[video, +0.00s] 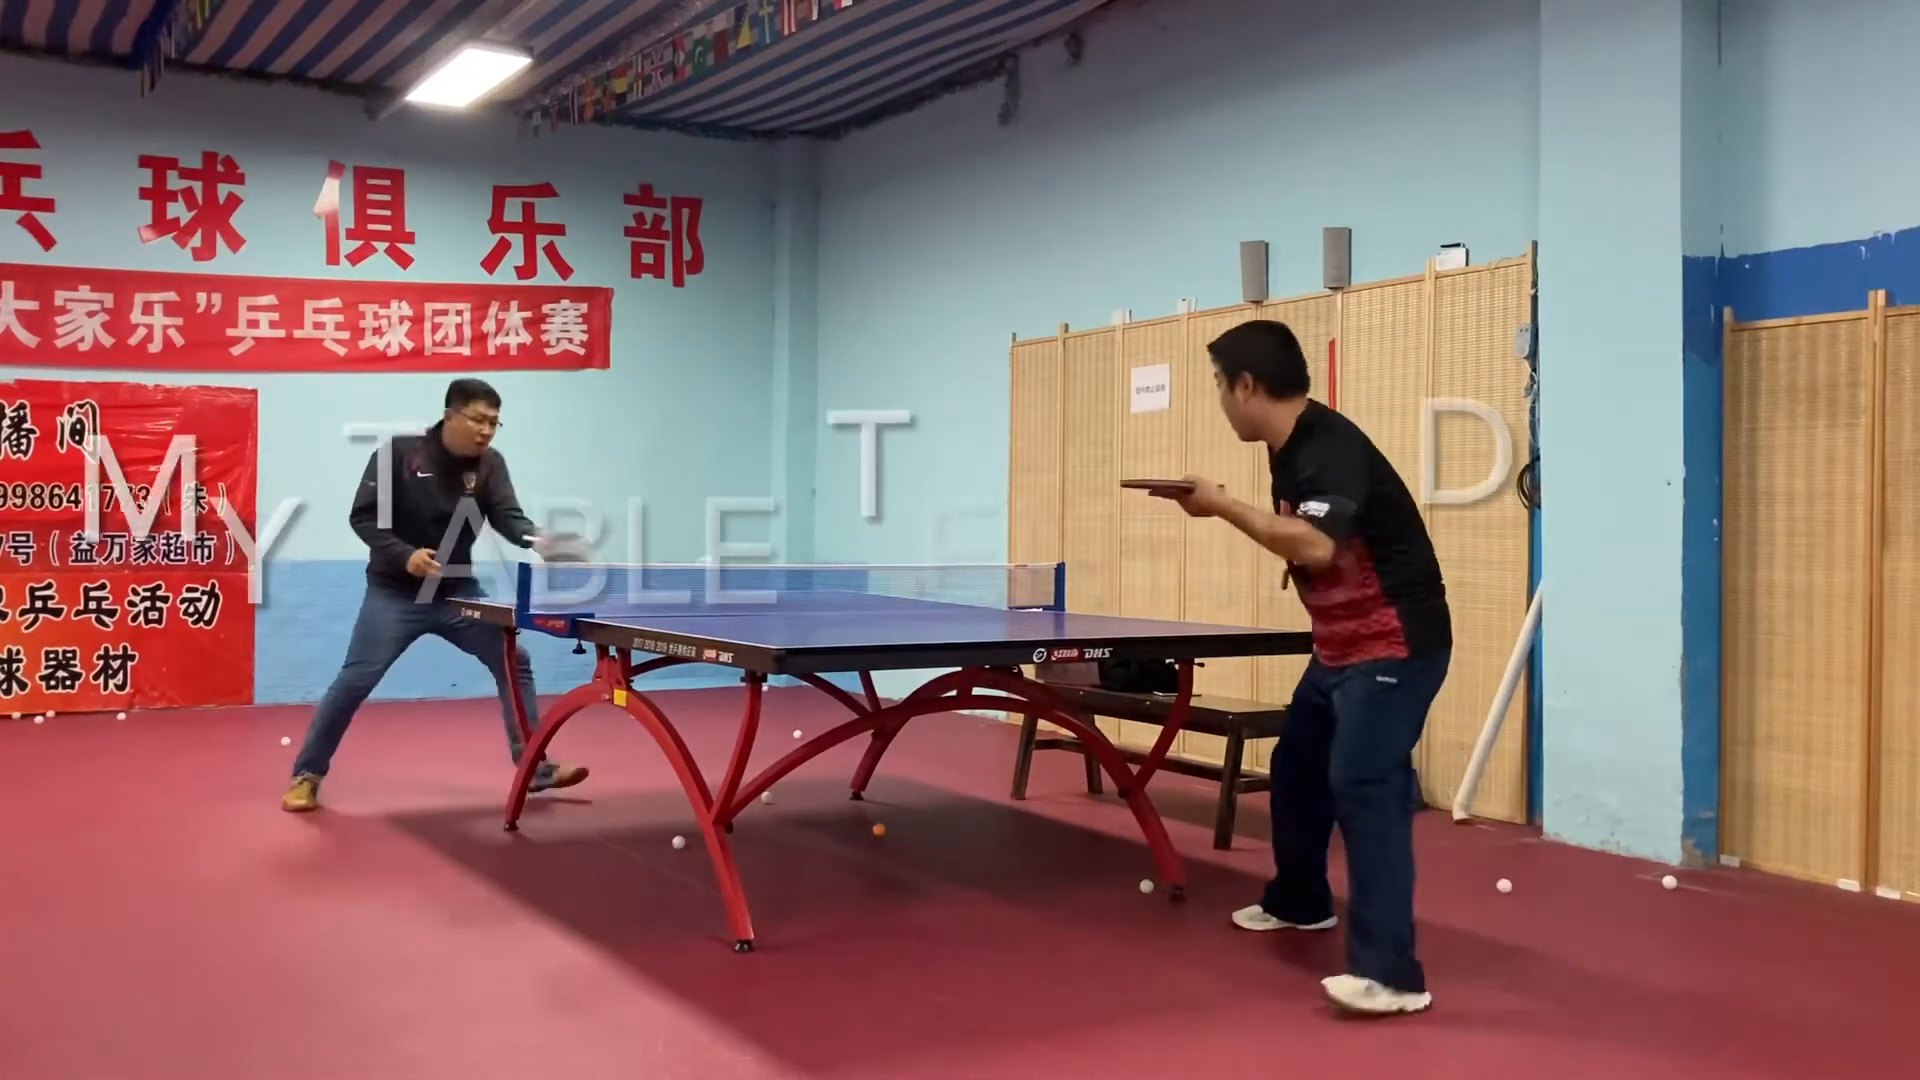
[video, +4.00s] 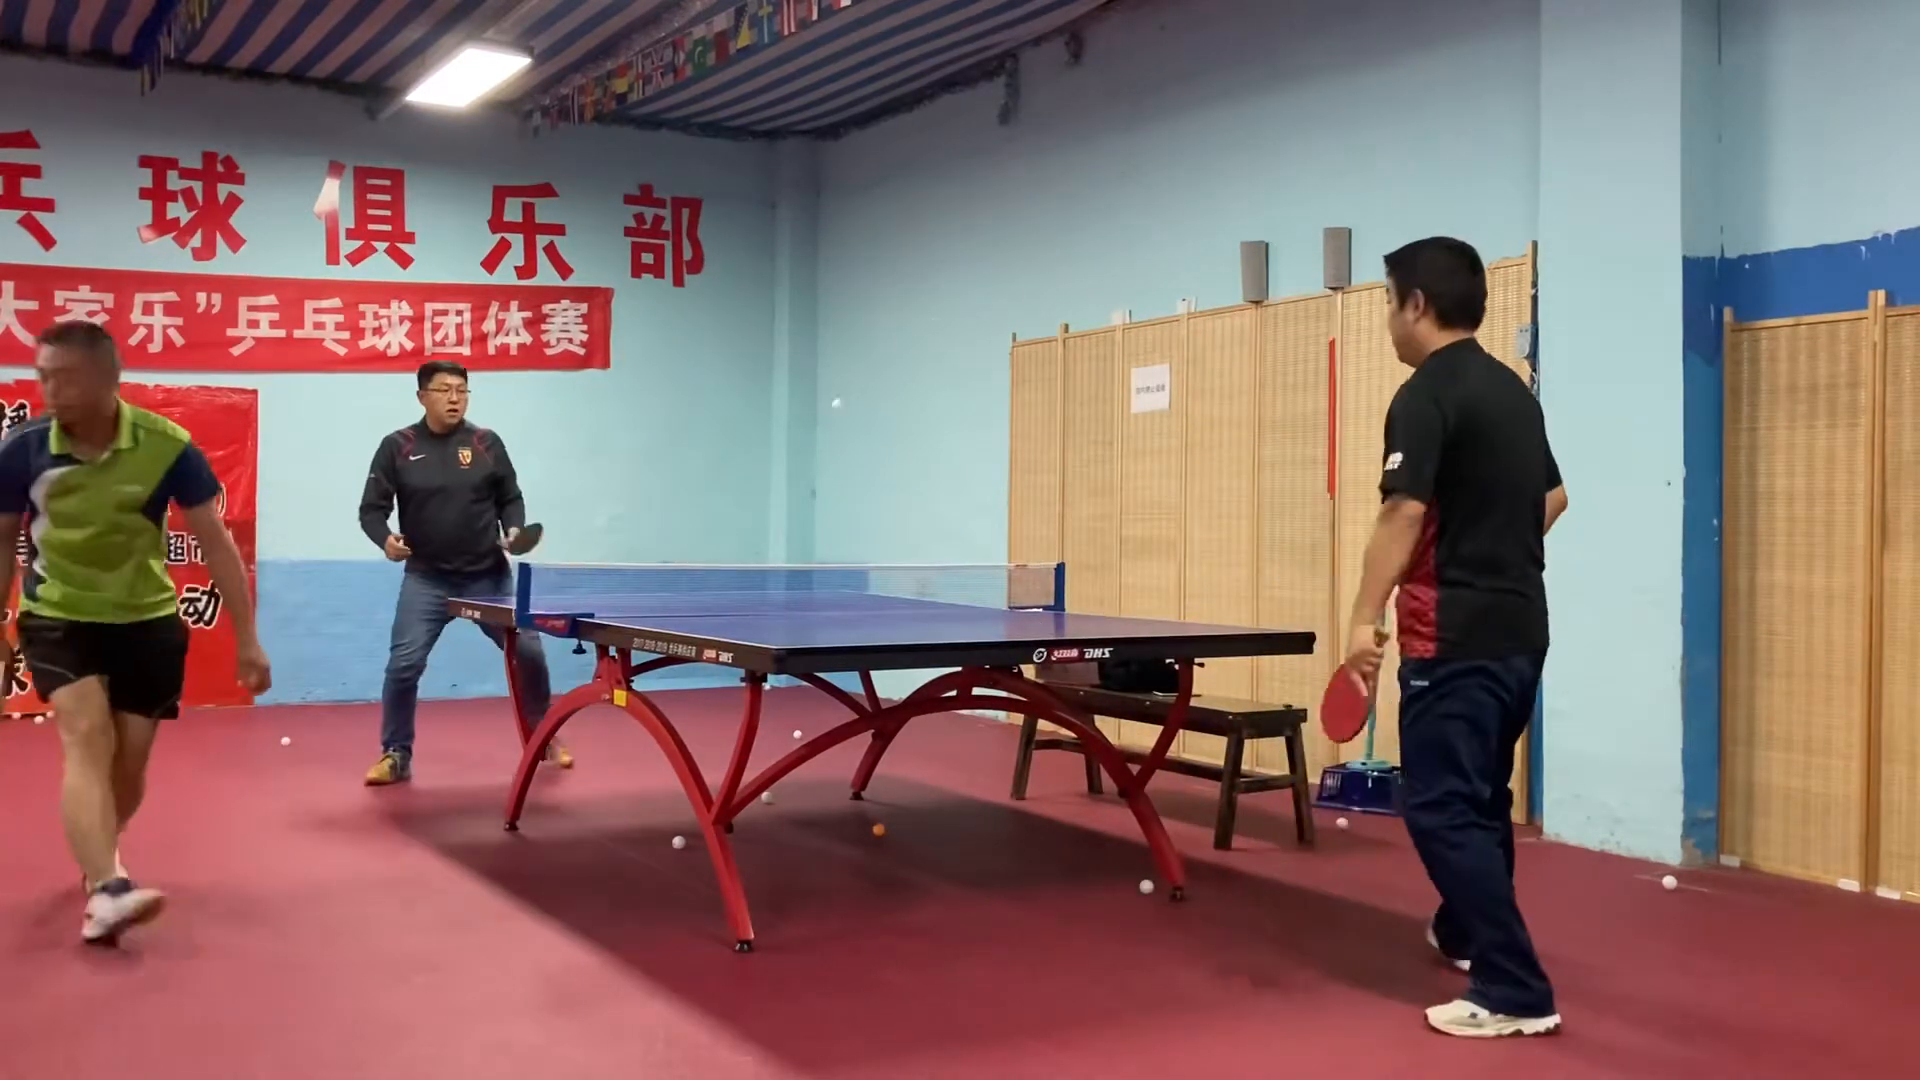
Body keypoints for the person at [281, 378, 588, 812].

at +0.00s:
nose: (487, 430)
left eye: (493, 423)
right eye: (478, 420)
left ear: (496, 425)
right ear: (450, 417)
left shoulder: (489, 464)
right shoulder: (398, 453)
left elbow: (507, 515)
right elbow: (363, 517)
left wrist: (536, 538)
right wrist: (404, 554)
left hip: (457, 594)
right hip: (394, 595)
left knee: (513, 659)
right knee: (358, 676)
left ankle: (534, 766)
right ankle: (307, 775)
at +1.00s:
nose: (558, 422)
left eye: (566, 415)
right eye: (548, 413)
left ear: (573, 419)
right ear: (527, 413)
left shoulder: (576, 465)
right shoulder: (485, 456)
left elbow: (598, 521)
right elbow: (446, 510)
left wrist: (620, 518)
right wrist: (460, 568)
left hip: (547, 587)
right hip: (484, 587)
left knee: (604, 650)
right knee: (443, 672)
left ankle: (610, 750)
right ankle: (404, 764)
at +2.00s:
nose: (483, 432)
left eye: (491, 423)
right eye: (473, 423)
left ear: (502, 426)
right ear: (455, 426)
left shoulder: (523, 469)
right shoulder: (432, 470)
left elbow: (543, 537)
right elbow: (404, 535)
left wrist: (537, 594)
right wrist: (390, 591)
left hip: (517, 590)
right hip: (459, 593)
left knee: (561, 668)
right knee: (436, 668)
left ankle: (577, 745)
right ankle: (408, 767)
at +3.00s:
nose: (495, 421)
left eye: (503, 414)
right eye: (486, 413)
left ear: (512, 418)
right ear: (468, 414)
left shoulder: (524, 460)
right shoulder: (439, 453)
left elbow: (524, 518)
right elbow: (405, 506)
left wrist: (493, 542)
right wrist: (371, 551)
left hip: (504, 578)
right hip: (450, 575)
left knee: (545, 656)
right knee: (424, 658)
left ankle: (578, 743)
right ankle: (399, 752)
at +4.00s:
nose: (454, 399)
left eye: (461, 391)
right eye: (444, 391)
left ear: (469, 397)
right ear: (423, 397)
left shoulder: (487, 443)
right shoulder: (398, 446)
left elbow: (510, 499)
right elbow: (371, 510)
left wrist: (514, 530)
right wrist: (385, 539)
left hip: (488, 577)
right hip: (426, 577)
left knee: (531, 652)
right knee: (403, 664)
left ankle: (543, 738)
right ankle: (396, 754)